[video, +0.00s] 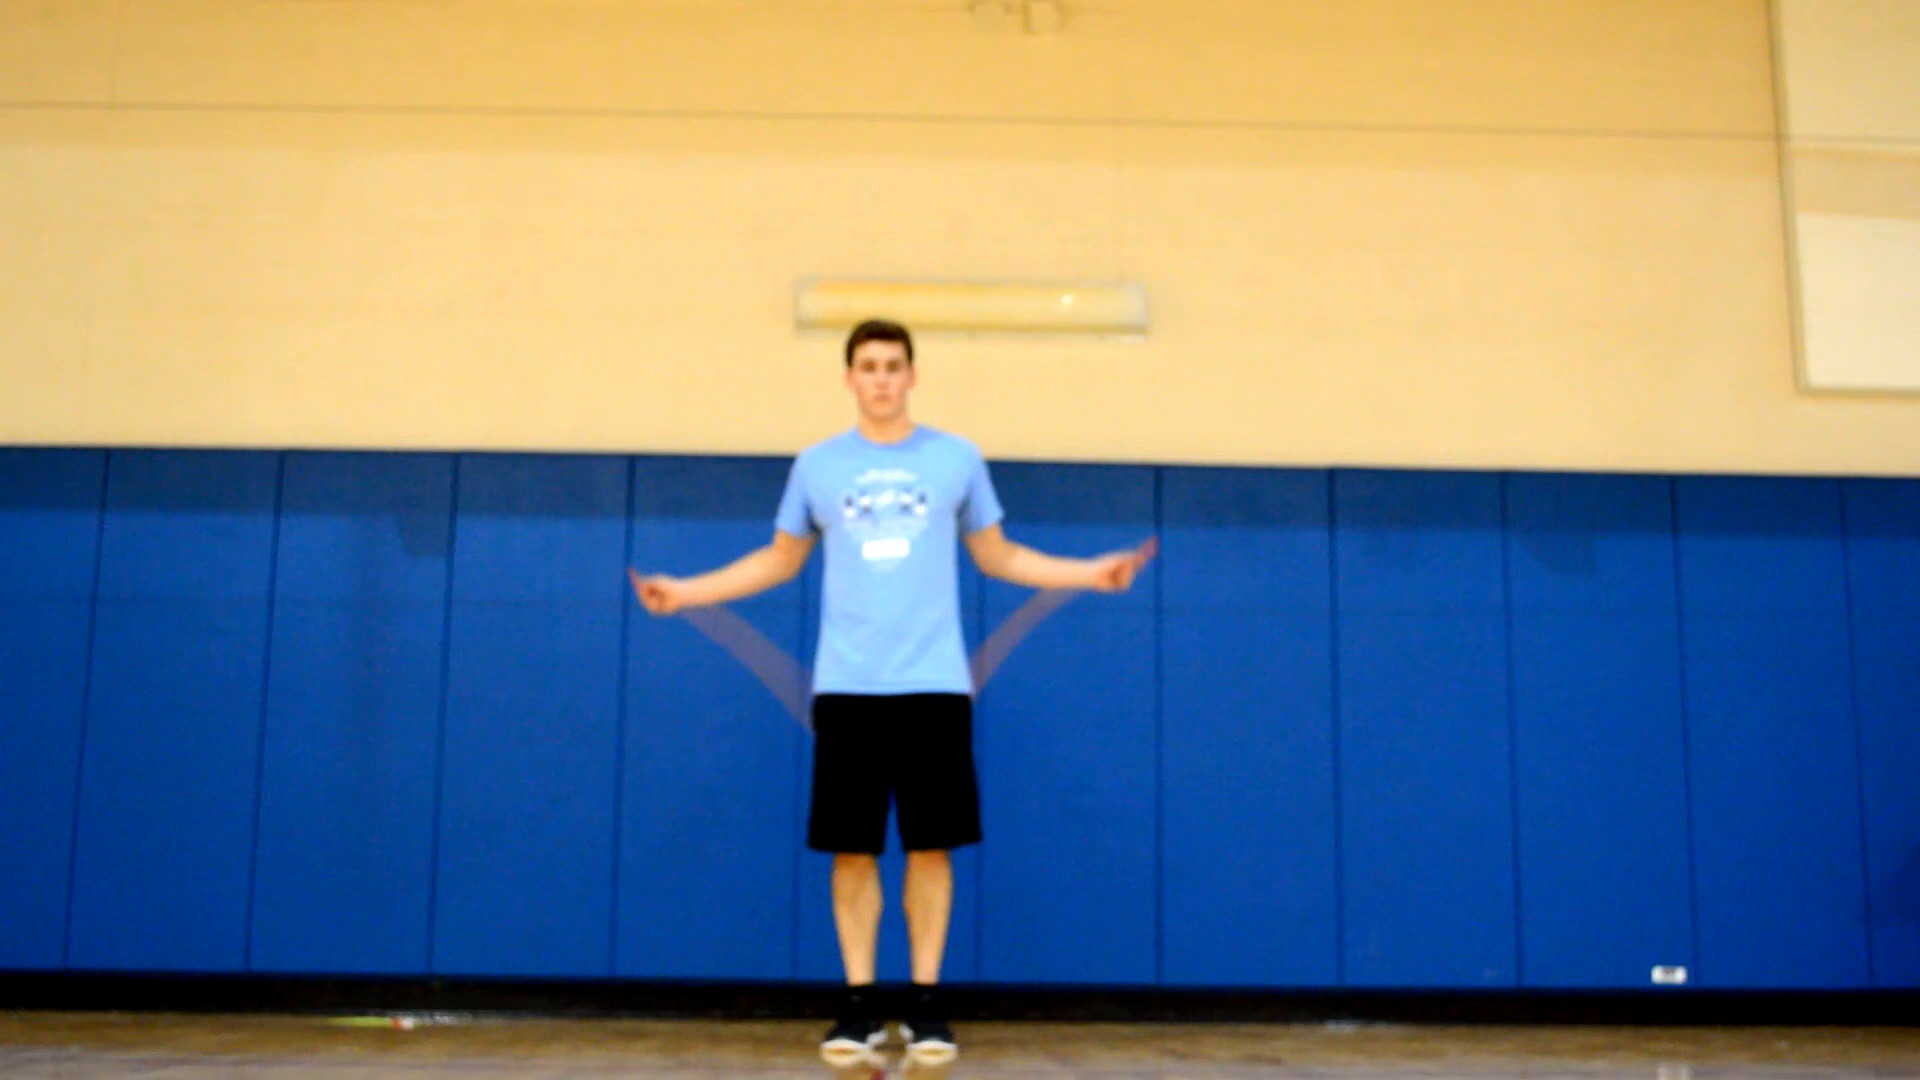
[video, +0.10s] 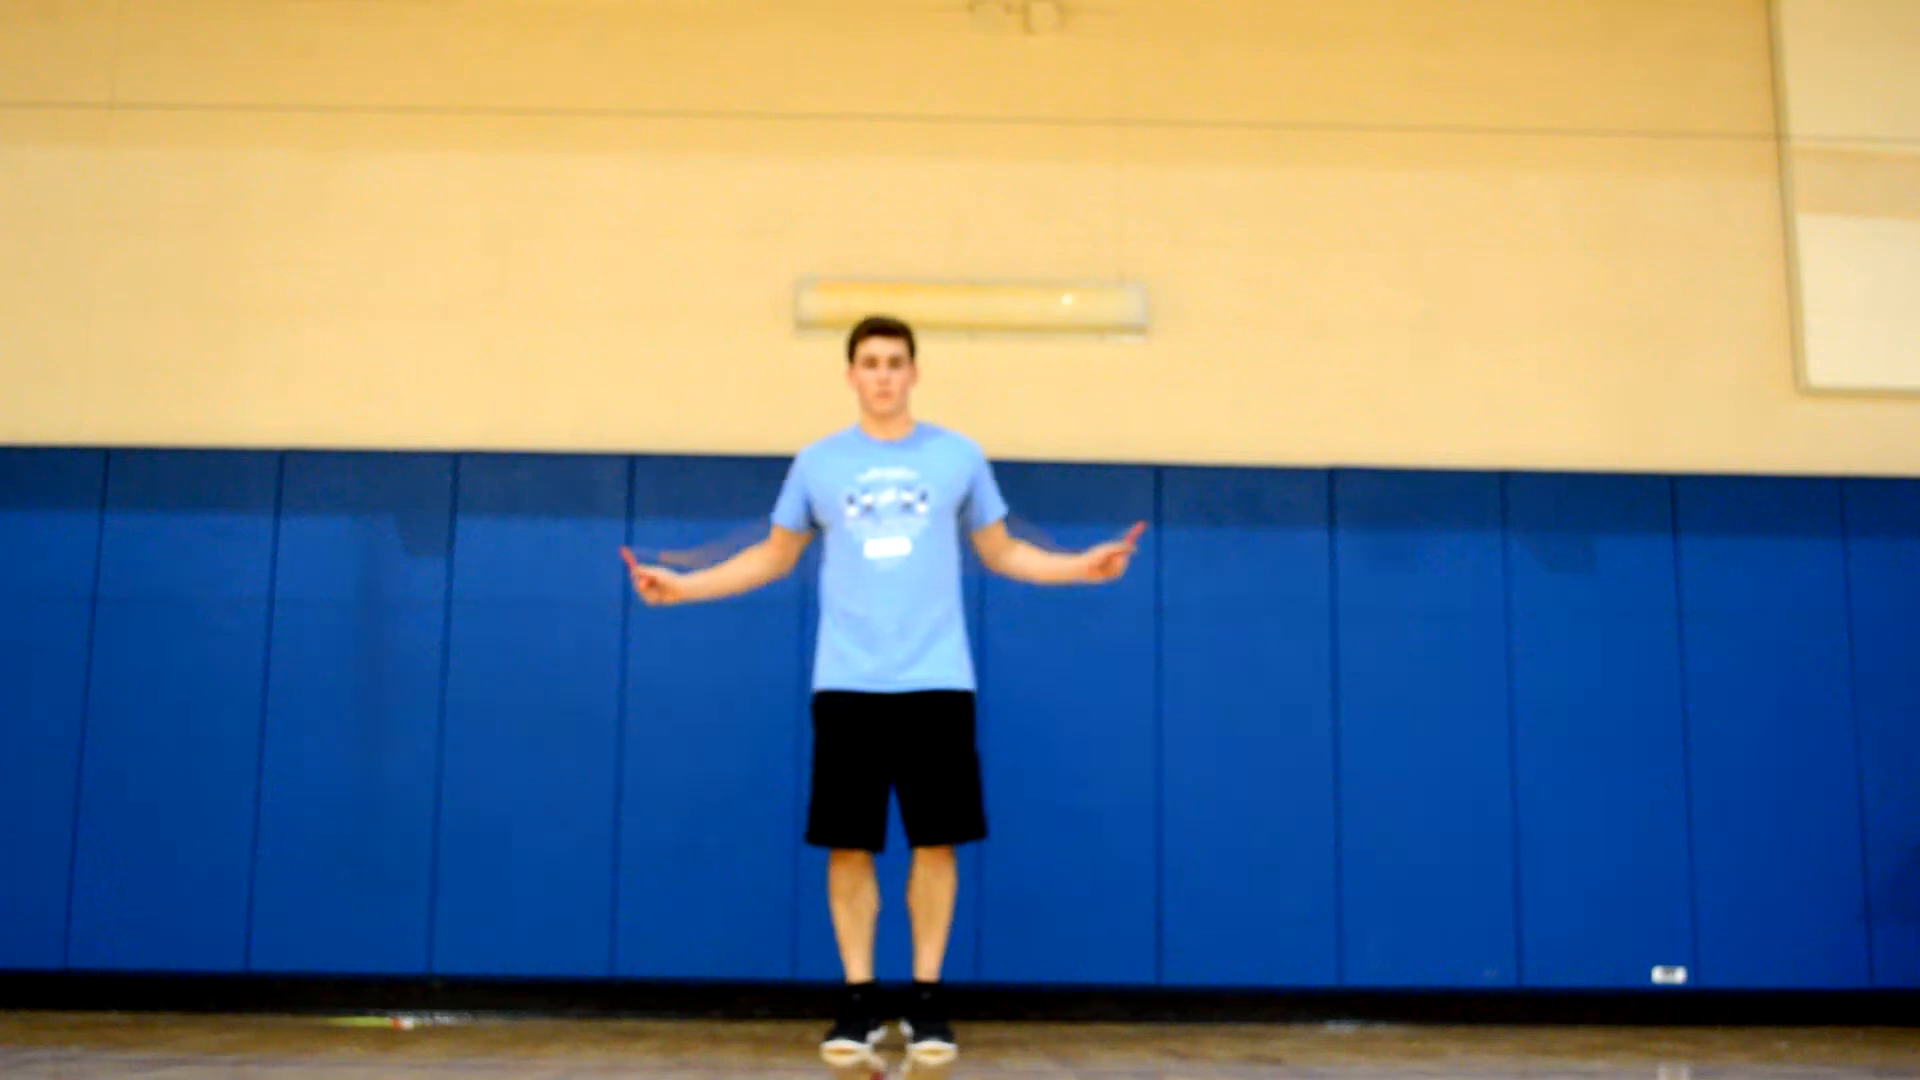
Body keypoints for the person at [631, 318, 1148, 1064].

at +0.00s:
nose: (880, 381)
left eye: (892, 368)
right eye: (867, 368)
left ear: (913, 376)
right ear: (849, 379)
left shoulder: (956, 460)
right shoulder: (819, 465)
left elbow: (996, 554)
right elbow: (781, 558)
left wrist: (1091, 573)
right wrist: (684, 592)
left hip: (934, 682)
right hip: (847, 684)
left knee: (930, 847)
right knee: (852, 849)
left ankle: (925, 1010)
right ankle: (859, 1010)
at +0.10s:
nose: (882, 376)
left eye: (894, 364)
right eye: (870, 364)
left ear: (914, 373)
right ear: (850, 375)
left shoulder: (957, 457)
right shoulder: (820, 462)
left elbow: (1001, 551)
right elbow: (774, 555)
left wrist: (1079, 567)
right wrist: (684, 587)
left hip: (936, 678)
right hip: (848, 680)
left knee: (935, 844)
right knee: (849, 846)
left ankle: (926, 1006)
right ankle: (858, 1009)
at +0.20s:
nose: (887, 386)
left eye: (899, 373)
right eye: (874, 374)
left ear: (918, 383)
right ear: (853, 385)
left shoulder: (962, 470)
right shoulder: (820, 474)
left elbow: (1004, 565)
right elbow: (773, 570)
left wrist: (1050, 592)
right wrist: (696, 604)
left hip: (939, 693)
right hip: (846, 694)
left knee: (946, 849)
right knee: (830, 849)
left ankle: (924, 1006)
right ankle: (859, 1003)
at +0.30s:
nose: (889, 401)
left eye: (902, 389)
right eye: (877, 389)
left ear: (921, 400)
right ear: (856, 401)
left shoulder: (962, 487)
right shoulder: (822, 489)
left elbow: (996, 583)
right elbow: (781, 582)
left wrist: (1035, 628)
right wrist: (715, 627)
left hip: (938, 708)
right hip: (843, 707)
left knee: (954, 859)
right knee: (817, 856)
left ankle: (926, 1008)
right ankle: (858, 1003)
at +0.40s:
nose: (891, 366)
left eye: (904, 354)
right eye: (879, 353)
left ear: (923, 364)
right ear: (859, 364)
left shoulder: (962, 453)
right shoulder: (823, 452)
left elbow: (988, 556)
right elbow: (789, 551)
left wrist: (1026, 634)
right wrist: (740, 633)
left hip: (933, 674)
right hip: (843, 673)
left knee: (934, 830)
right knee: (839, 829)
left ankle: (925, 992)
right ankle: (855, 988)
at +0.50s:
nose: (891, 339)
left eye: (904, 326)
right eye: (879, 326)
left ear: (923, 336)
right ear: (859, 336)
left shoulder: (961, 425)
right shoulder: (823, 423)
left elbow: (984, 536)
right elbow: (794, 532)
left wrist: (1027, 623)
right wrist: (746, 625)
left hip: (932, 641)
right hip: (846, 638)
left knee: (920, 805)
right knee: (852, 805)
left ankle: (912, 970)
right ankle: (861, 970)